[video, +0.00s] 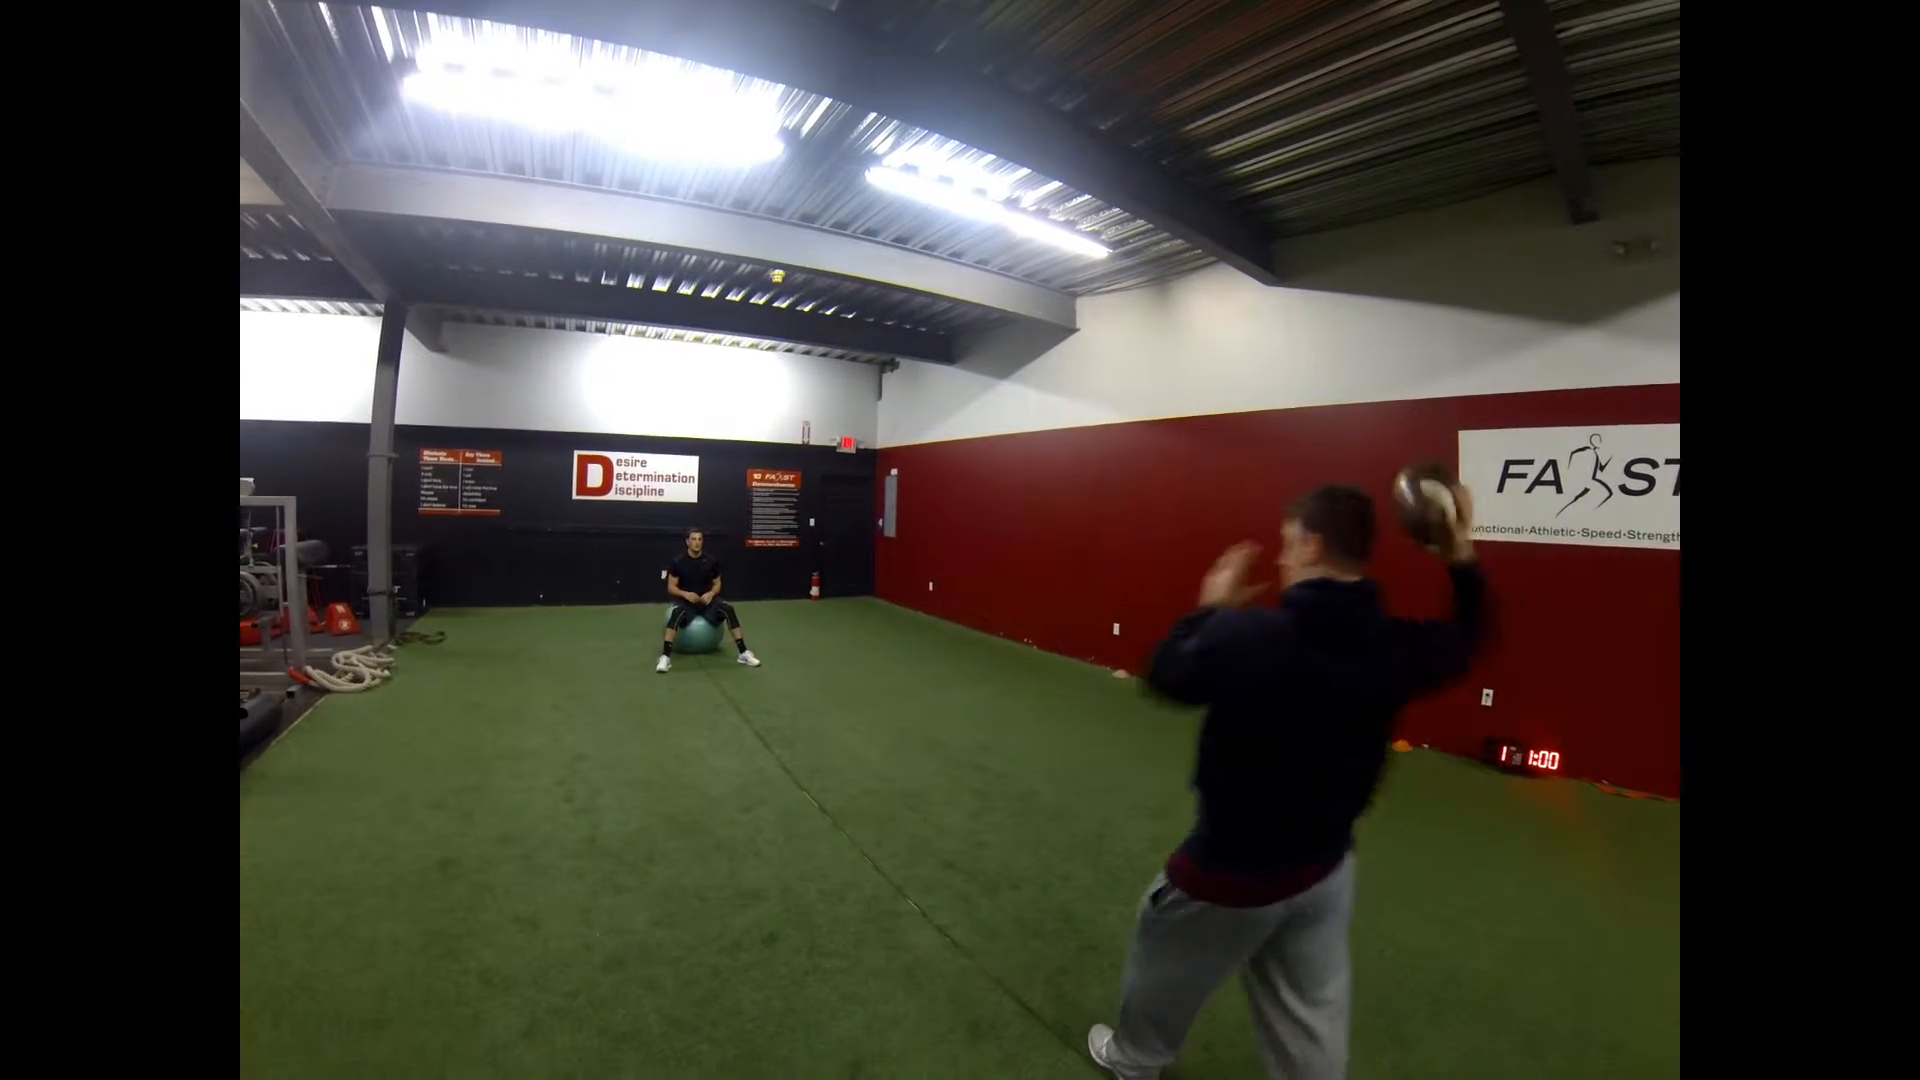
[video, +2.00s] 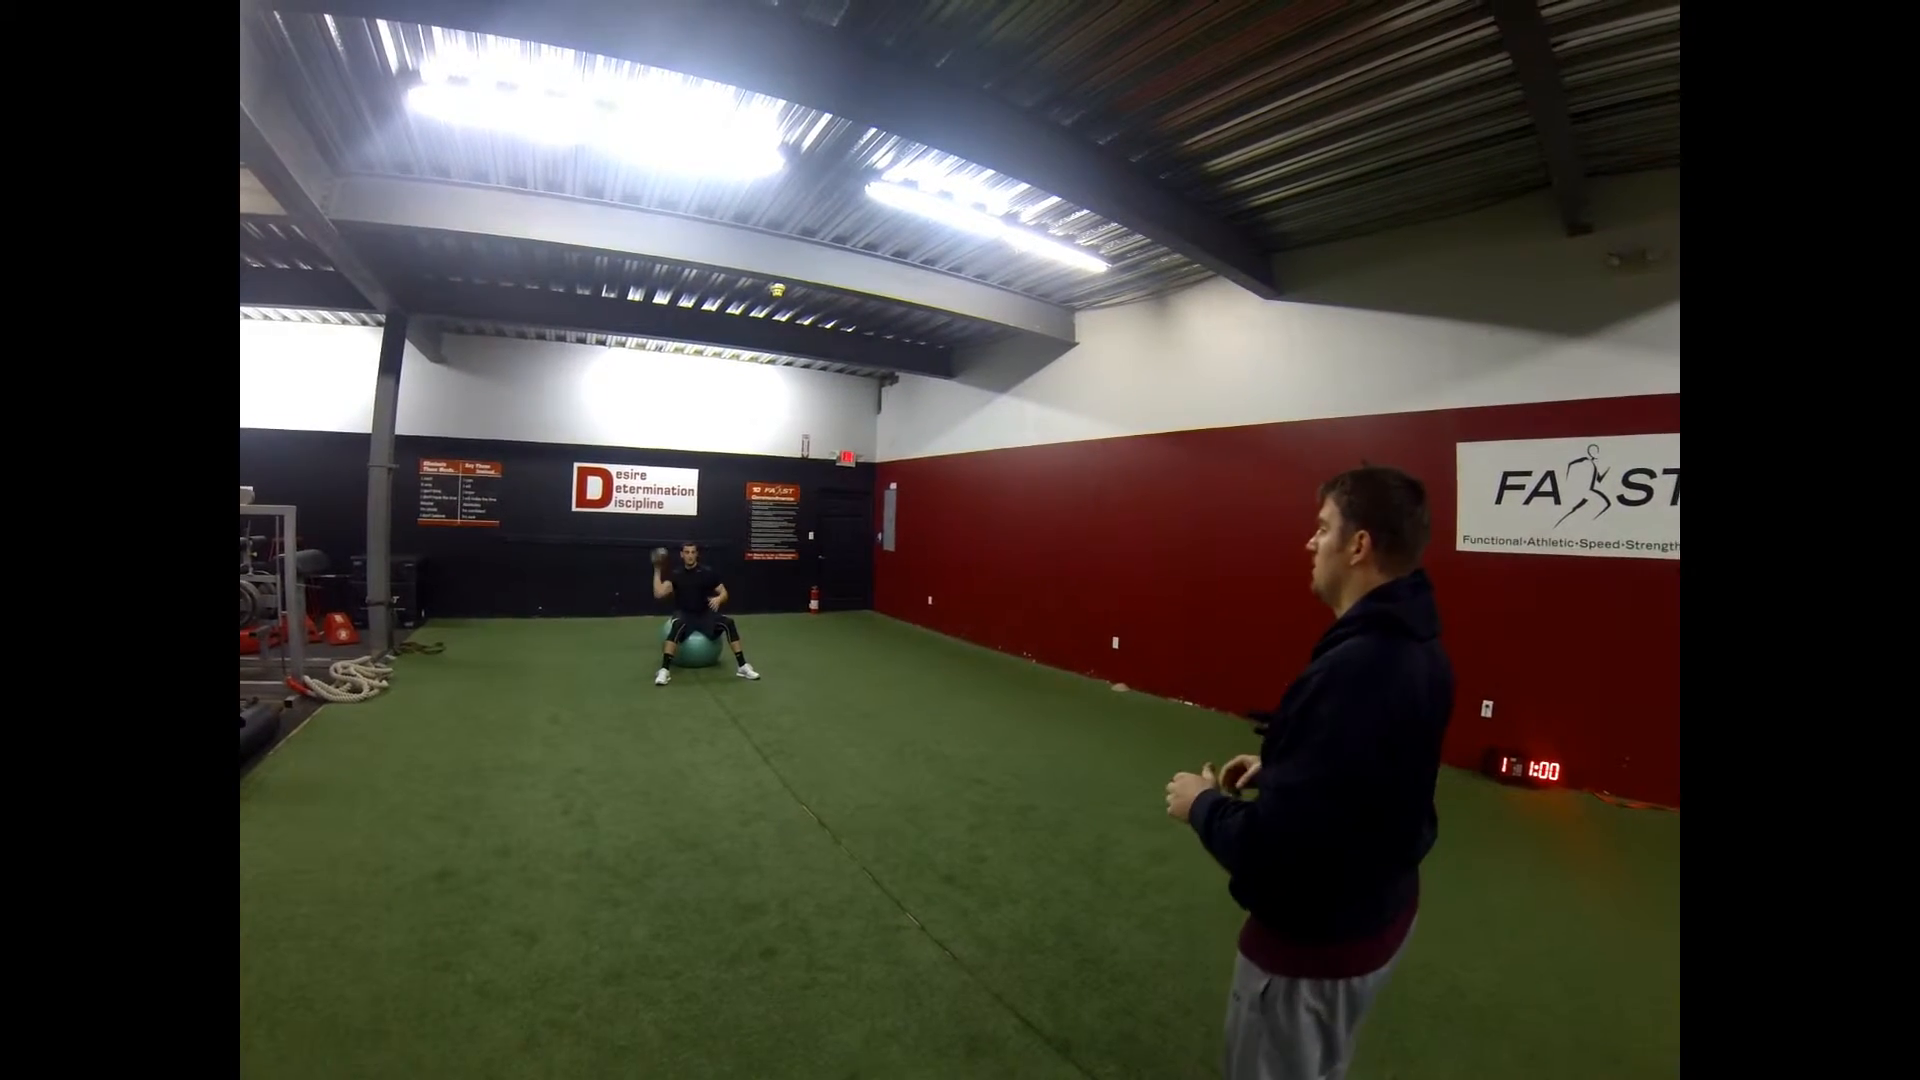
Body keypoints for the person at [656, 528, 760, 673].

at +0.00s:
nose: (697, 542)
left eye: (699, 539)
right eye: (693, 539)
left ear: (703, 542)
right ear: (687, 542)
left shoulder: (711, 561)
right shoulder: (678, 563)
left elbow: (717, 584)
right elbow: (671, 587)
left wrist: (710, 594)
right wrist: (686, 594)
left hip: (707, 601)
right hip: (687, 601)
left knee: (728, 609)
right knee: (677, 612)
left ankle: (743, 652)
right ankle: (665, 656)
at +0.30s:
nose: (700, 543)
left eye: (703, 540)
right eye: (697, 539)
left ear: (706, 542)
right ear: (691, 542)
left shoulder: (714, 561)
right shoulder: (682, 562)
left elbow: (723, 587)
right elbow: (674, 587)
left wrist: (718, 582)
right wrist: (692, 582)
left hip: (709, 603)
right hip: (688, 604)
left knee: (730, 611)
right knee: (677, 612)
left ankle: (746, 653)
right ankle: (668, 657)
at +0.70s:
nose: (698, 553)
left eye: (701, 550)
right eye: (695, 550)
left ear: (705, 550)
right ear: (689, 548)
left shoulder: (708, 564)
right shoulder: (680, 564)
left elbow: (714, 587)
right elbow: (685, 590)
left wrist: (717, 602)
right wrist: (701, 602)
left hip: (707, 603)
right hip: (687, 604)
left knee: (731, 614)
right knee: (675, 616)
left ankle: (746, 657)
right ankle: (667, 660)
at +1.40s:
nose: (700, 563)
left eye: (703, 560)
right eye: (698, 559)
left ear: (705, 560)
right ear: (690, 557)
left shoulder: (708, 573)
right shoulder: (677, 573)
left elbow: (716, 598)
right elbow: (669, 598)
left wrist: (712, 597)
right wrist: (689, 598)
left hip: (704, 612)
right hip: (684, 613)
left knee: (728, 622)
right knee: (674, 623)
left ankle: (745, 664)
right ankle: (666, 668)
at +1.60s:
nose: (691, 562)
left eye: (694, 559)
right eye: (688, 559)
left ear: (700, 558)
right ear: (685, 557)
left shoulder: (708, 573)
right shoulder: (677, 572)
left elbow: (710, 599)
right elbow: (661, 591)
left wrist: (693, 593)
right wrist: (670, 595)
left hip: (702, 612)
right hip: (682, 611)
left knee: (726, 623)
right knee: (674, 625)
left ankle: (743, 665)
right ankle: (664, 669)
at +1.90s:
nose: (690, 557)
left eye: (693, 554)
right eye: (687, 554)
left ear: (697, 556)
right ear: (681, 555)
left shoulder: (706, 573)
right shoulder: (676, 575)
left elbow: (720, 597)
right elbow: (669, 598)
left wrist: (708, 603)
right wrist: (659, 586)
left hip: (704, 615)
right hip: (684, 615)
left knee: (727, 623)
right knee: (677, 626)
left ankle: (742, 667)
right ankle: (664, 670)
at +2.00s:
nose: (690, 555)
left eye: (693, 552)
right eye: (687, 552)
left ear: (697, 554)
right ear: (682, 554)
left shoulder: (707, 572)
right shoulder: (677, 574)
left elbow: (724, 593)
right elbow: (659, 593)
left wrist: (718, 599)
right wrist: (657, 569)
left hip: (705, 615)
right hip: (684, 616)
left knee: (728, 623)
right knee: (677, 625)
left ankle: (742, 666)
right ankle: (664, 670)